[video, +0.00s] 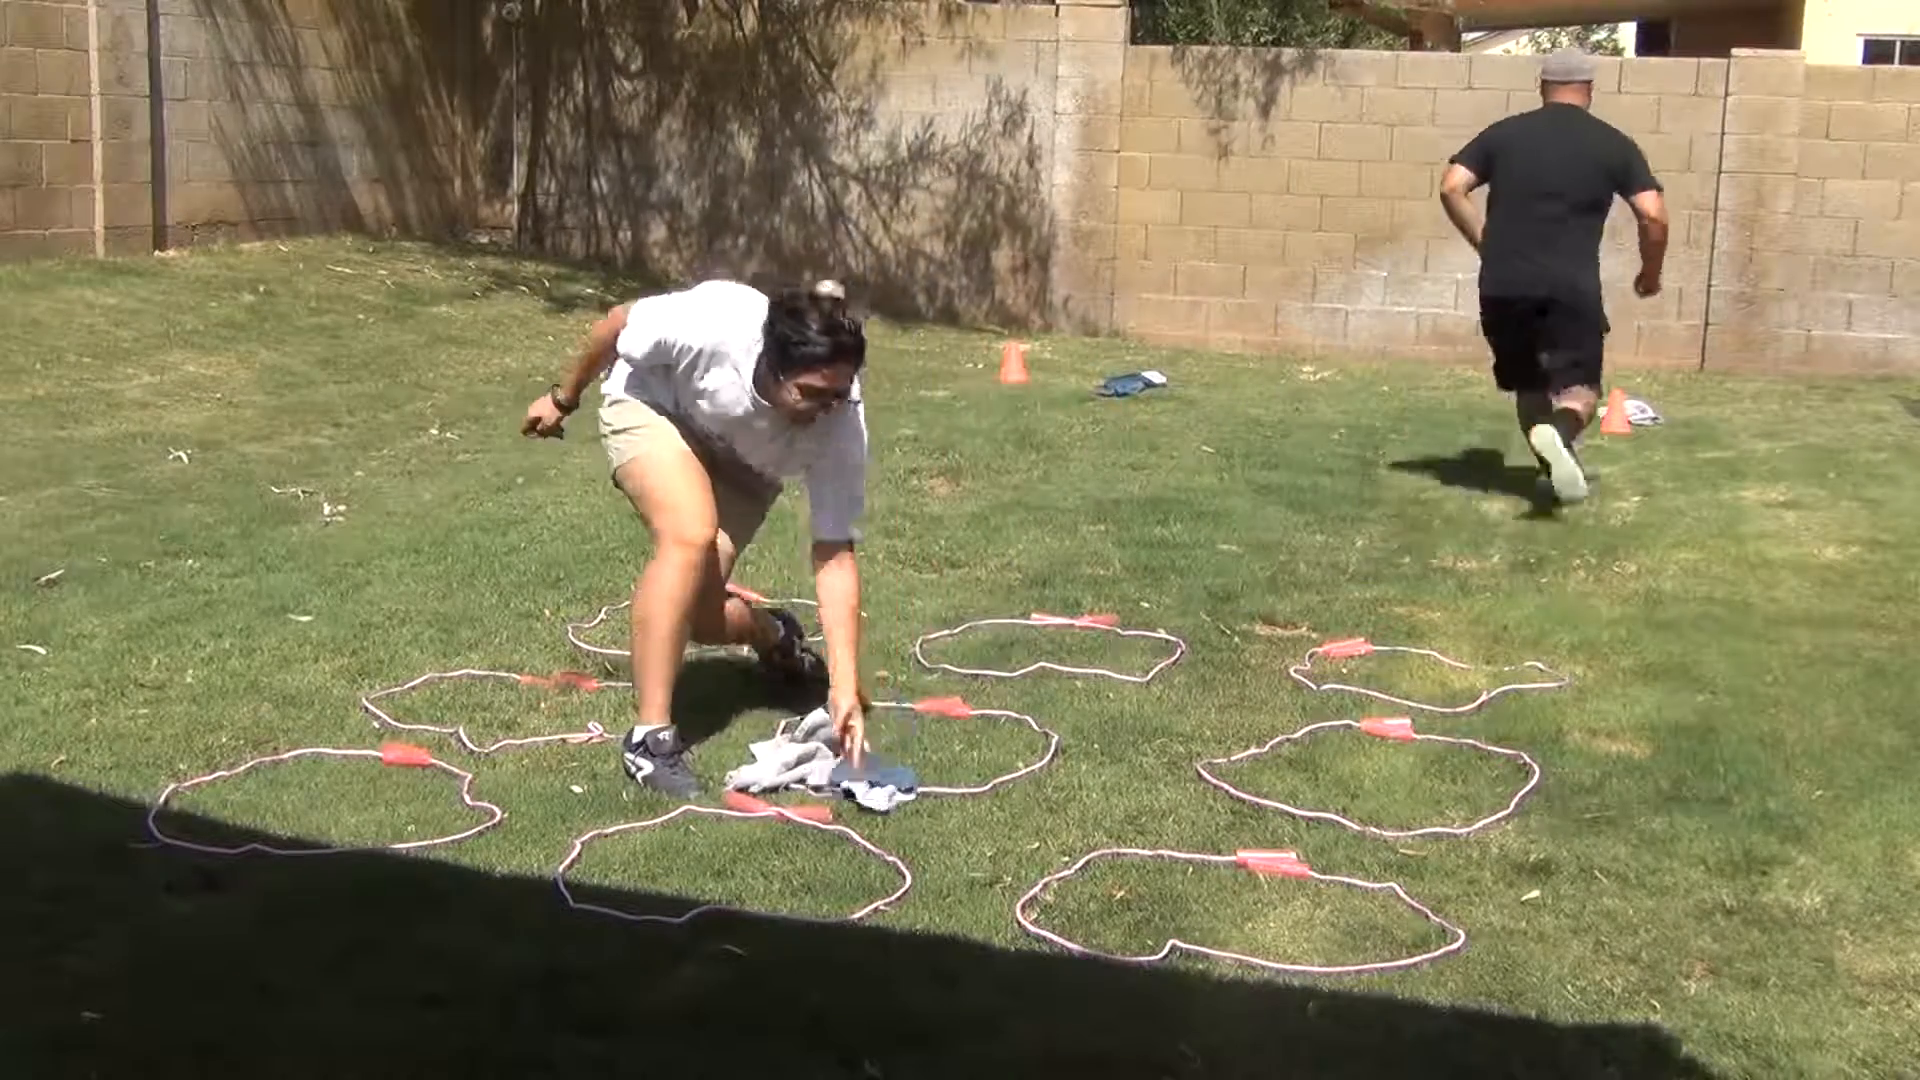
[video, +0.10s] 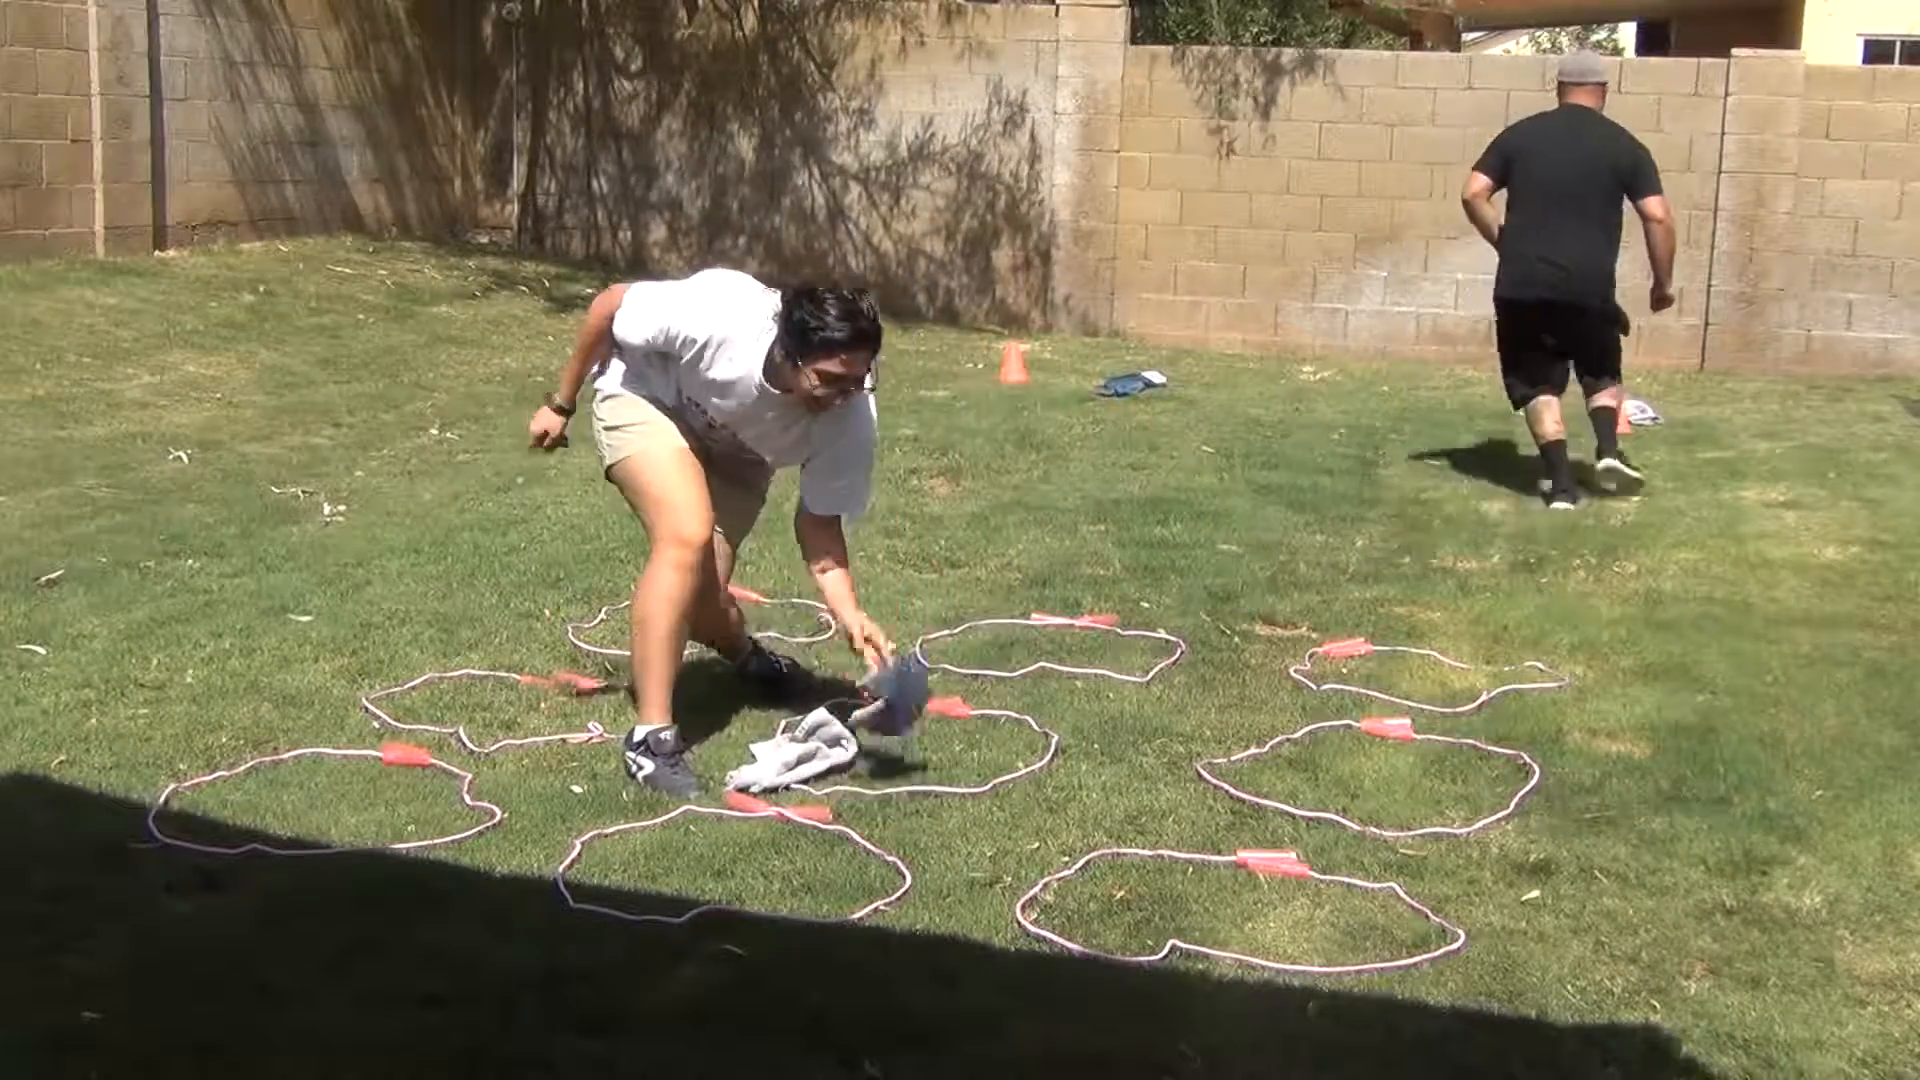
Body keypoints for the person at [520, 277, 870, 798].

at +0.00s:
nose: (823, 409)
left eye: (837, 396)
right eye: (810, 393)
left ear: (850, 381)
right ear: (773, 366)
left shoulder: (842, 429)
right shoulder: (717, 322)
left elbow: (835, 553)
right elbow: (614, 326)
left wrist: (847, 690)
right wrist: (563, 398)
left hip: (747, 465)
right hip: (653, 398)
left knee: (698, 617)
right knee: (689, 536)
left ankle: (771, 632)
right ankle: (651, 737)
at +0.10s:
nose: (844, 396)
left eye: (857, 382)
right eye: (829, 380)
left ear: (868, 368)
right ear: (789, 354)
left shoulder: (851, 420)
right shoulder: (718, 317)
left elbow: (821, 522)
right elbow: (610, 304)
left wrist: (852, 616)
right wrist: (561, 403)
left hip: (741, 452)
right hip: (647, 392)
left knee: (701, 608)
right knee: (686, 534)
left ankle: (747, 657)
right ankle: (653, 737)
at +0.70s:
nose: (980, 214)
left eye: (984, 201)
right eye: (983, 200)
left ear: (922, 176)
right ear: (966, 199)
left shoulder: (877, 214)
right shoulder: (905, 229)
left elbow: (876, 345)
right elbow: (815, 282)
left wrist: (958, 366)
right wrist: (751, 377)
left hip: (723, 361)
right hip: (781, 382)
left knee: (805, 529)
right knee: (826, 543)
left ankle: (761, 664)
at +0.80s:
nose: (977, 182)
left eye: (981, 170)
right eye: (979, 169)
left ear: (915, 148)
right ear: (961, 166)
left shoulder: (872, 188)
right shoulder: (920, 199)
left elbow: (917, 299)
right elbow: (852, 251)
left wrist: (1022, 270)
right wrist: (790, 325)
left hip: (742, 343)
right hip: (821, 359)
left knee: (808, 509)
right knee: (884, 489)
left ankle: (757, 659)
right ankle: (813, 553)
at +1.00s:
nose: (999, 98)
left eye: (998, 88)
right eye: (1000, 88)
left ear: (933, 78)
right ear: (992, 88)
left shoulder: (898, 129)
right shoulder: (976, 135)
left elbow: (905, 246)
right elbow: (978, 205)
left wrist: (986, 313)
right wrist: (1010, 304)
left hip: (818, 287)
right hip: (907, 300)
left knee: (829, 453)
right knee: (935, 437)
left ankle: (795, 578)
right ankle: (913, 581)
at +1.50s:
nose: (1057, 97)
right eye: (1058, 90)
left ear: (1001, 87)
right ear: (1054, 92)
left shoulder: (966, 138)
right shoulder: (1072, 140)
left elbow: (944, 230)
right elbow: (1102, 214)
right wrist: (1077, 248)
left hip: (977, 287)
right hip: (1053, 291)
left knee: (989, 414)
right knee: (1054, 389)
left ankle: (999, 536)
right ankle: (1048, 440)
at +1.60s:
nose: (1078, 90)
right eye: (1077, 83)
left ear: (1025, 82)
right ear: (1074, 85)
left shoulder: (989, 132)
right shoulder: (1085, 132)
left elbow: (975, 204)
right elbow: (1127, 196)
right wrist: (1141, 234)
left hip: (997, 275)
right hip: (1069, 278)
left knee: (1006, 389)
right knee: (1069, 360)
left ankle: (1002, 510)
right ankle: (1083, 466)